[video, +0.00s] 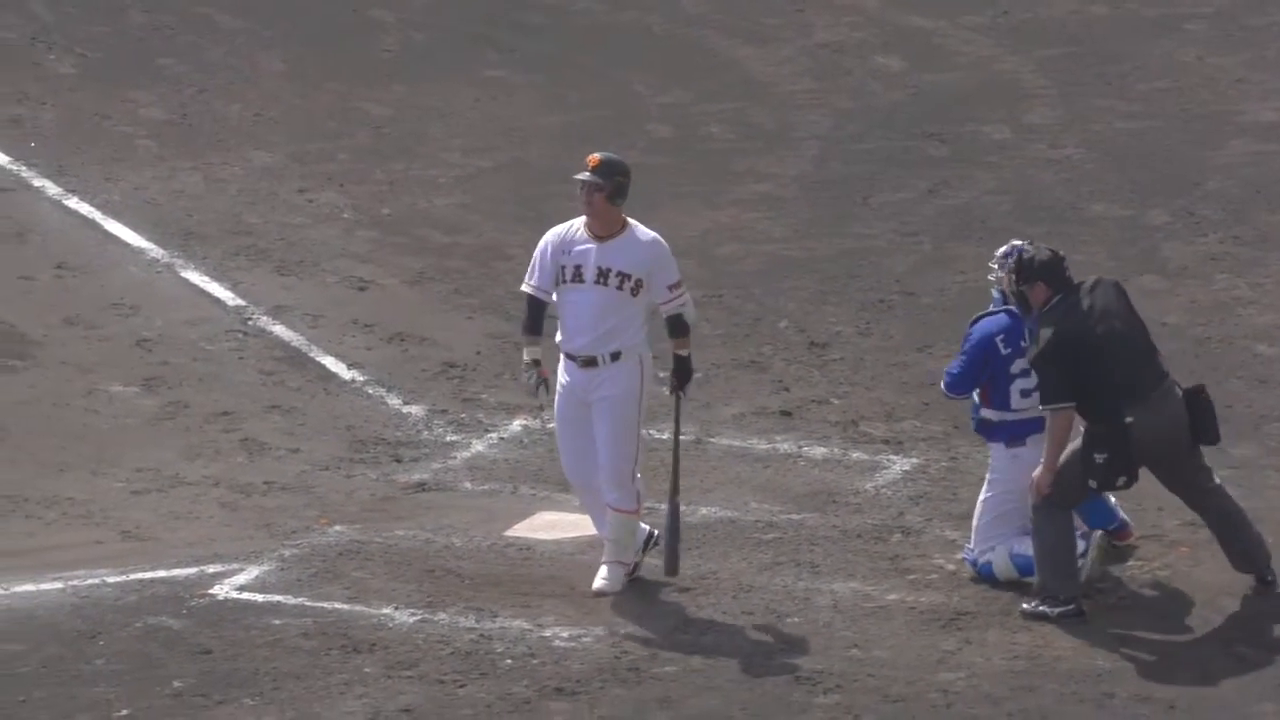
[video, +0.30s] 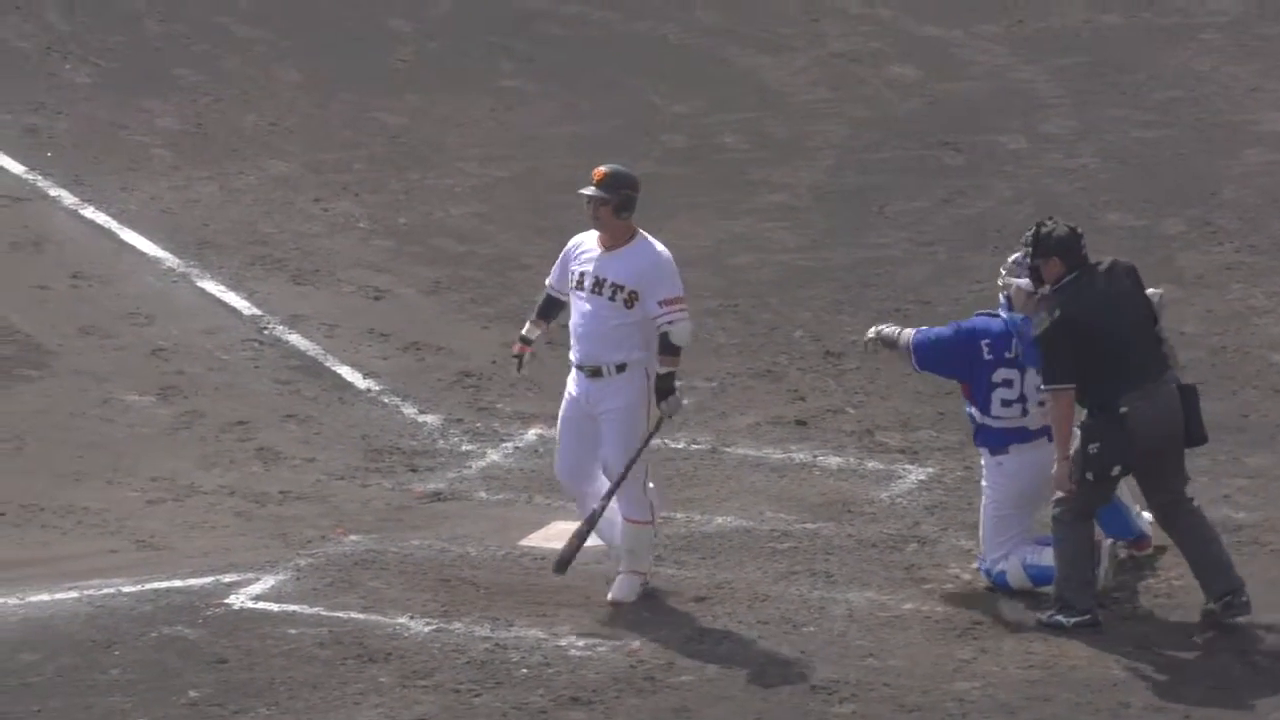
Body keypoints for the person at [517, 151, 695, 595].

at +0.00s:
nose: (586, 196)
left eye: (595, 190)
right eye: (584, 188)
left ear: (617, 195)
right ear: (581, 191)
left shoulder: (649, 247)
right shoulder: (558, 240)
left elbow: (675, 309)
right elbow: (536, 302)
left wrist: (682, 360)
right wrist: (532, 358)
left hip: (620, 371)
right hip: (570, 371)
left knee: (616, 467)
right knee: (578, 470)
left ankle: (616, 561)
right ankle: (633, 536)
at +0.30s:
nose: (591, 208)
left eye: (599, 202)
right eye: (591, 201)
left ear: (624, 207)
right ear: (594, 204)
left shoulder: (654, 260)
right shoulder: (579, 248)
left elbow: (674, 328)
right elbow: (553, 300)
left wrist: (666, 383)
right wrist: (528, 336)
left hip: (625, 382)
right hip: (580, 380)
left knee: (624, 473)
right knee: (573, 471)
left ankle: (633, 571)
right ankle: (625, 542)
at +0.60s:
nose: (587, 211)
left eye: (594, 205)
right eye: (587, 204)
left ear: (617, 211)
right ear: (599, 209)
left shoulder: (646, 260)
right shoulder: (582, 250)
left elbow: (658, 329)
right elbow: (574, 315)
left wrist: (637, 378)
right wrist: (560, 364)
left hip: (620, 385)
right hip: (577, 385)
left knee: (629, 480)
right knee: (578, 479)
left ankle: (643, 575)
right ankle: (585, 570)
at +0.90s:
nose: (579, 203)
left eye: (585, 198)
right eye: (580, 197)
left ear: (607, 206)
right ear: (605, 204)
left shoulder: (639, 262)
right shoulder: (580, 238)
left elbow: (649, 333)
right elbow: (552, 292)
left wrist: (630, 384)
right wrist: (519, 337)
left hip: (602, 378)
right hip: (566, 374)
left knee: (601, 471)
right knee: (578, 470)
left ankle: (643, 553)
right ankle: (596, 559)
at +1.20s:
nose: (577, 193)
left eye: (583, 189)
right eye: (578, 187)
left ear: (603, 196)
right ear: (607, 194)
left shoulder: (625, 250)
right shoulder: (586, 228)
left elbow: (634, 322)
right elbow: (570, 286)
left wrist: (624, 375)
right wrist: (539, 325)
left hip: (593, 366)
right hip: (567, 360)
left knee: (563, 461)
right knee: (589, 456)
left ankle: (629, 535)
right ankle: (600, 546)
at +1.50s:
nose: (577, 187)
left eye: (583, 182)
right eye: (580, 180)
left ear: (598, 189)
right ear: (616, 189)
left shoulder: (608, 245)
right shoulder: (618, 226)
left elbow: (613, 318)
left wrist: (600, 370)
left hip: (587, 357)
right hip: (609, 350)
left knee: (565, 460)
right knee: (599, 449)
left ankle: (606, 551)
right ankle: (608, 544)